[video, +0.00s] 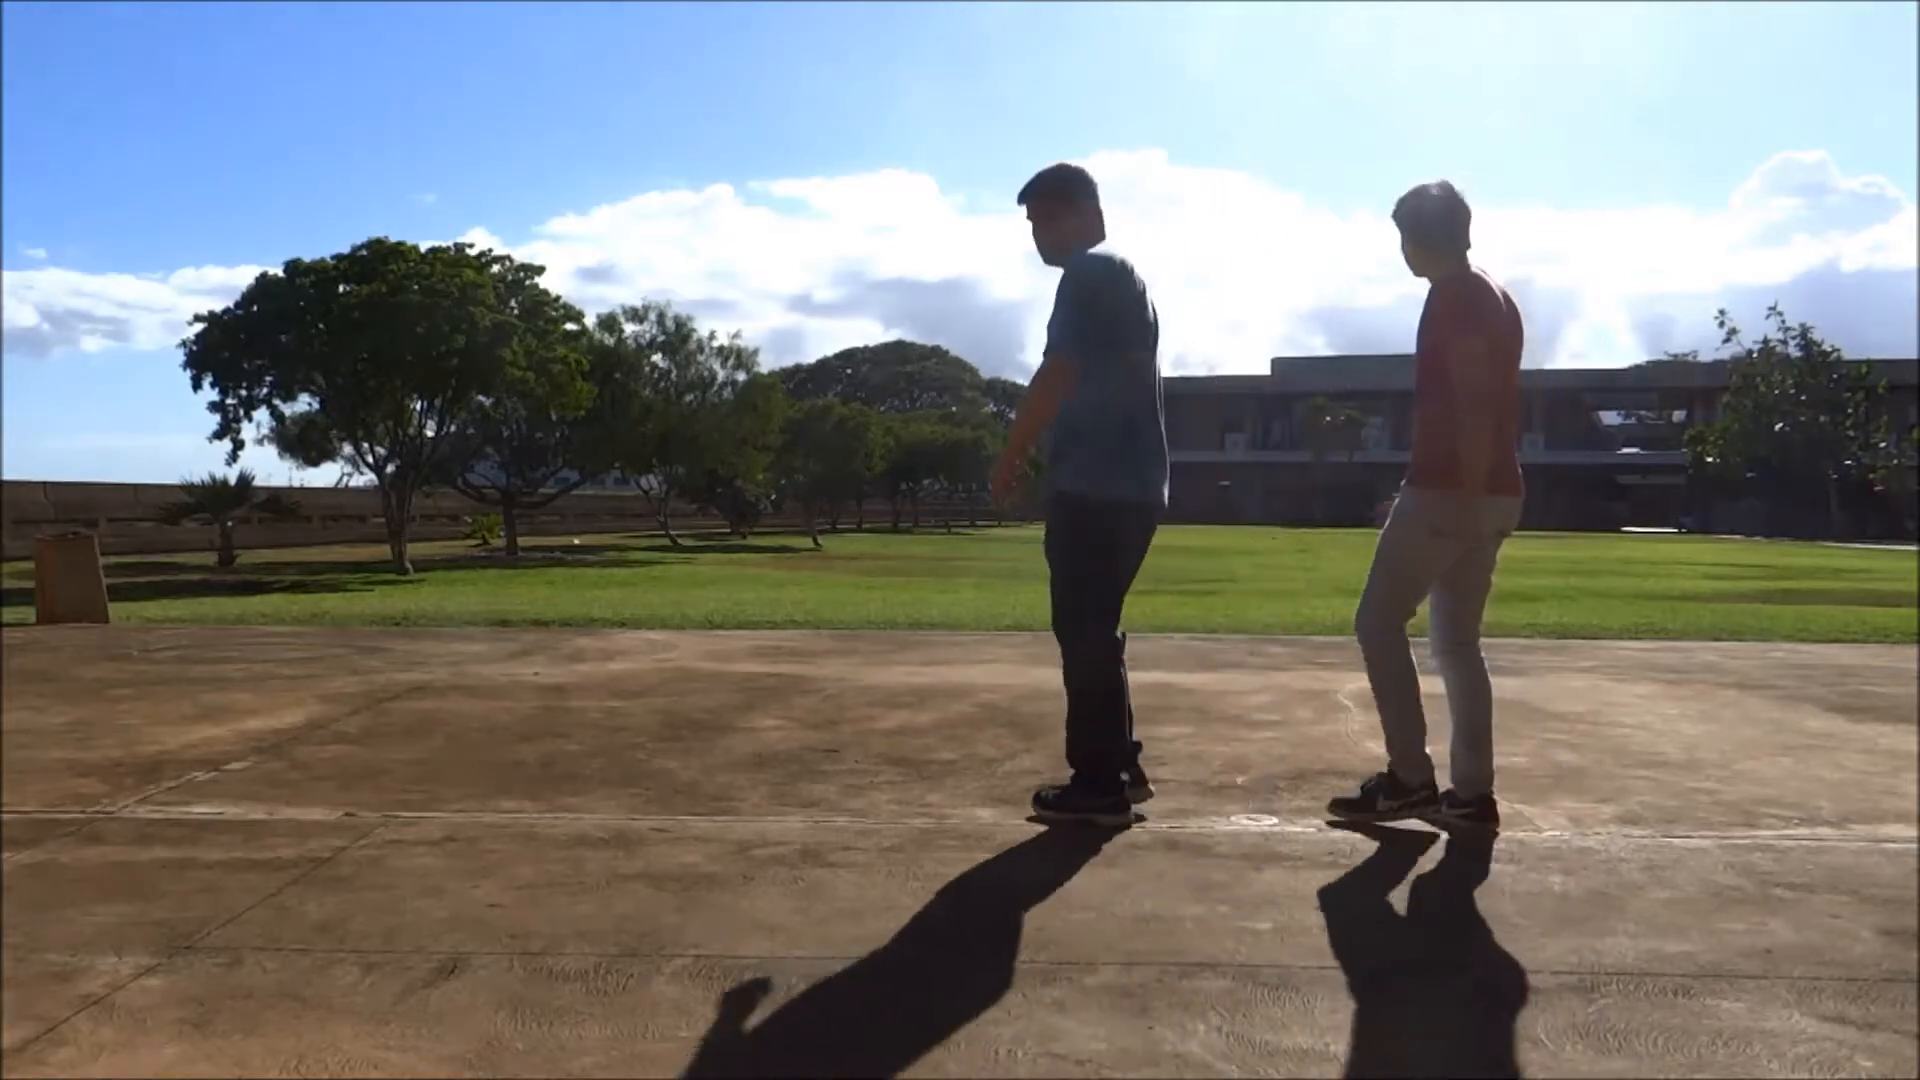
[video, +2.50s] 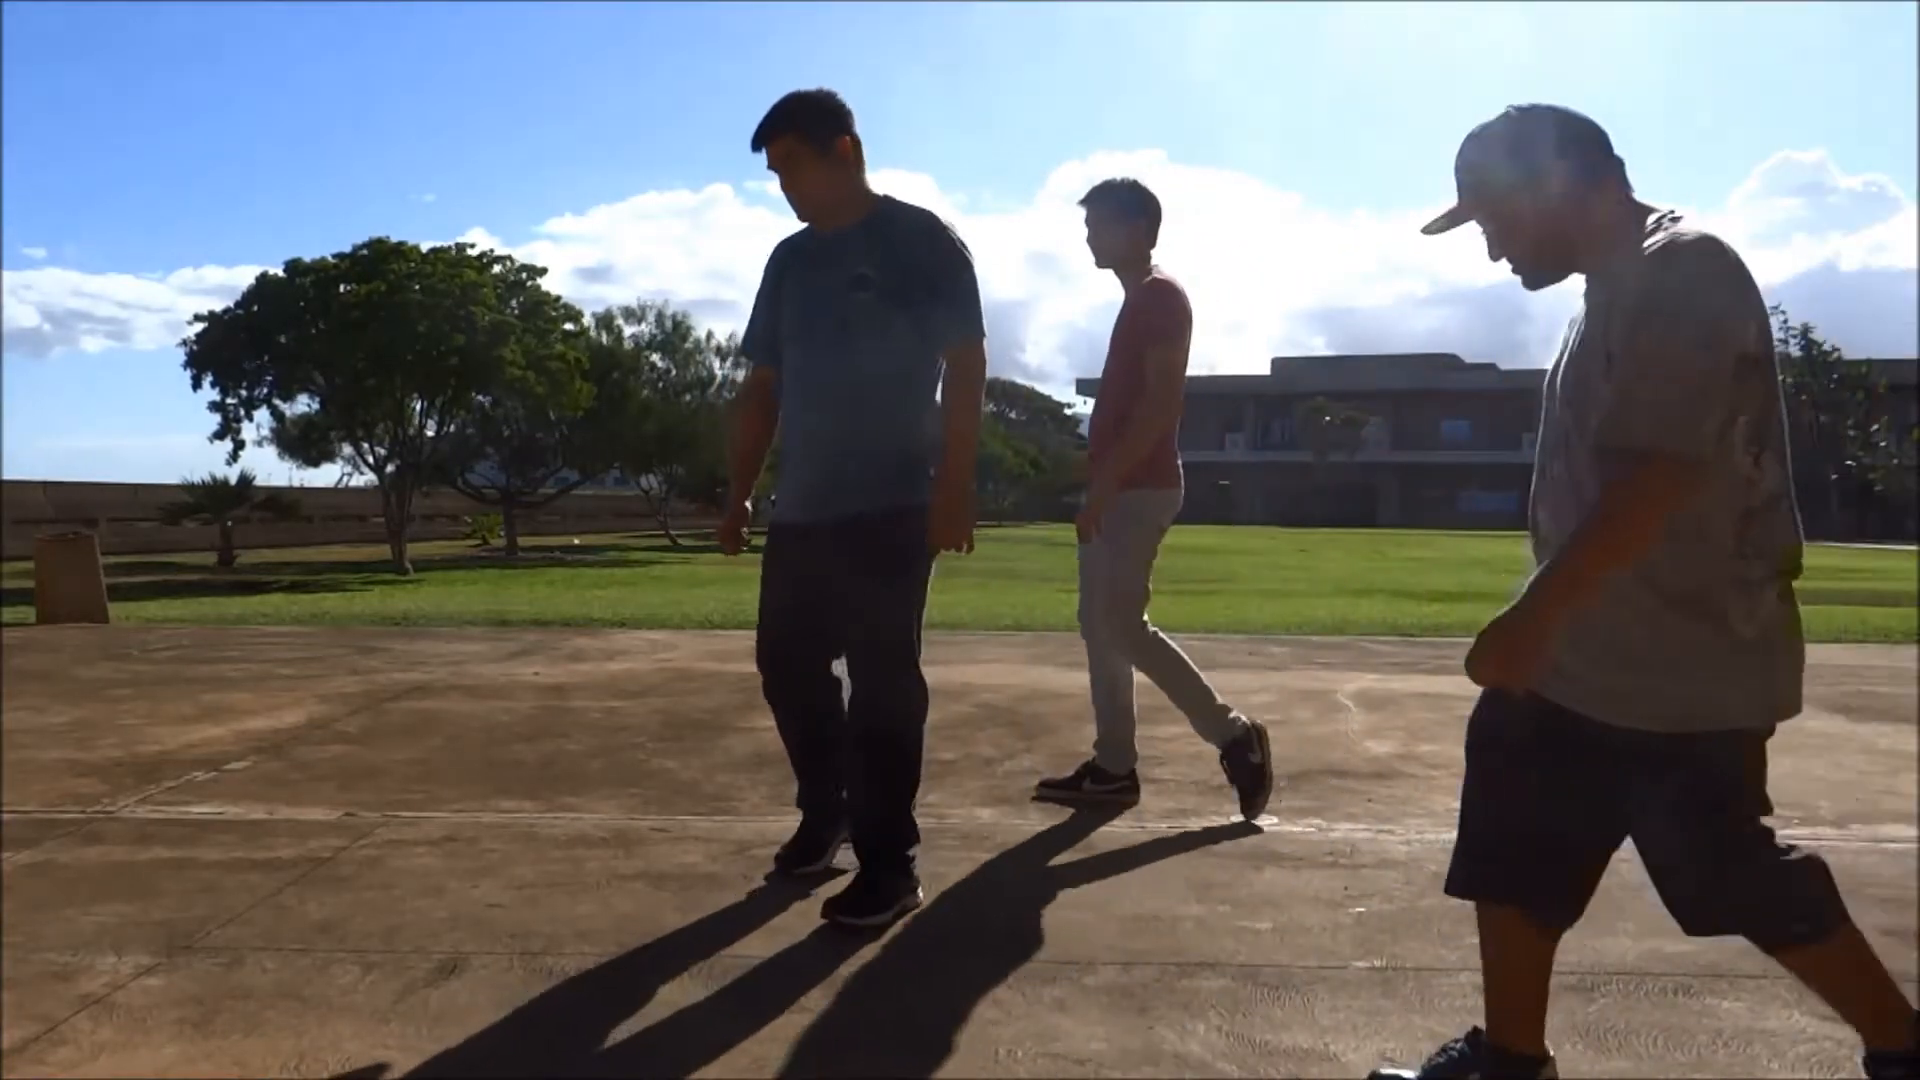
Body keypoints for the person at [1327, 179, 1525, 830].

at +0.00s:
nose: (1400, 250)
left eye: (1404, 236)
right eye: (1400, 236)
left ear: (1424, 237)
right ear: (1459, 232)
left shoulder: (1452, 300)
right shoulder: (1498, 303)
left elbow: (1473, 402)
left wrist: (1467, 492)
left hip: (1441, 494)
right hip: (1492, 497)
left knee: (1378, 623)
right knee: (1457, 640)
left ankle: (1408, 776)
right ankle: (1471, 795)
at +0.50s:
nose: (1353, 246)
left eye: (1363, 235)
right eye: (1356, 235)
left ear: (1399, 242)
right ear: (1397, 245)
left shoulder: (1439, 302)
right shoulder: (1420, 310)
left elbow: (1482, 398)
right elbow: (1405, 425)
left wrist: (1476, 501)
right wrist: (1346, 494)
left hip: (1415, 505)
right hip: (1435, 504)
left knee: (1352, 629)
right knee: (1428, 649)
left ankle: (1323, 783)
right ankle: (1471, 794)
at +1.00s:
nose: (1337, 249)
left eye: (1345, 235)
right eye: (1336, 236)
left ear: (1380, 237)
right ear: (1364, 241)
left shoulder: (1424, 306)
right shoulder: (1369, 326)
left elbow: (1464, 401)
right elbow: (1359, 428)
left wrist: (1457, 491)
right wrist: (1311, 503)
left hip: (1398, 501)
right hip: (1385, 501)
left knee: (1335, 632)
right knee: (1407, 649)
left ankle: (1322, 783)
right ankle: (1469, 790)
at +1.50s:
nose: (1298, 237)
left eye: (1308, 223)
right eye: (1293, 224)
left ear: (1342, 223)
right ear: (1293, 230)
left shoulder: (1380, 306)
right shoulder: (1306, 315)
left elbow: (1409, 404)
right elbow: (1305, 416)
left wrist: (1376, 487)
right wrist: (1279, 500)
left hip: (1345, 491)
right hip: (1301, 492)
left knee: (1311, 630)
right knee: (1293, 629)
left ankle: (1319, 780)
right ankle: (1411, 734)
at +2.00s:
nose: (1230, 232)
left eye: (1242, 218)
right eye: (1223, 222)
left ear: (1274, 221)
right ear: (1218, 231)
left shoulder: (1309, 296)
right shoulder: (1241, 315)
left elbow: (1324, 395)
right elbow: (1249, 403)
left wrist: (1229, 443)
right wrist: (1220, 461)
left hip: (1288, 495)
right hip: (1239, 493)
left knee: (1293, 636)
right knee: (1191, 624)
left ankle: (1319, 778)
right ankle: (1145, 759)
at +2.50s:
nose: (1088, 236)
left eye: (1096, 225)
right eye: (1087, 226)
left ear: (1136, 227)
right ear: (1124, 231)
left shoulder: (1160, 298)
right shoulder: (1140, 301)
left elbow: (1159, 408)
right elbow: (1138, 405)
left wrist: (1105, 485)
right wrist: (1099, 485)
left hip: (1141, 491)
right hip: (1118, 490)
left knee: (1119, 625)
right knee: (1098, 624)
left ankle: (1237, 738)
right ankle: (1113, 768)